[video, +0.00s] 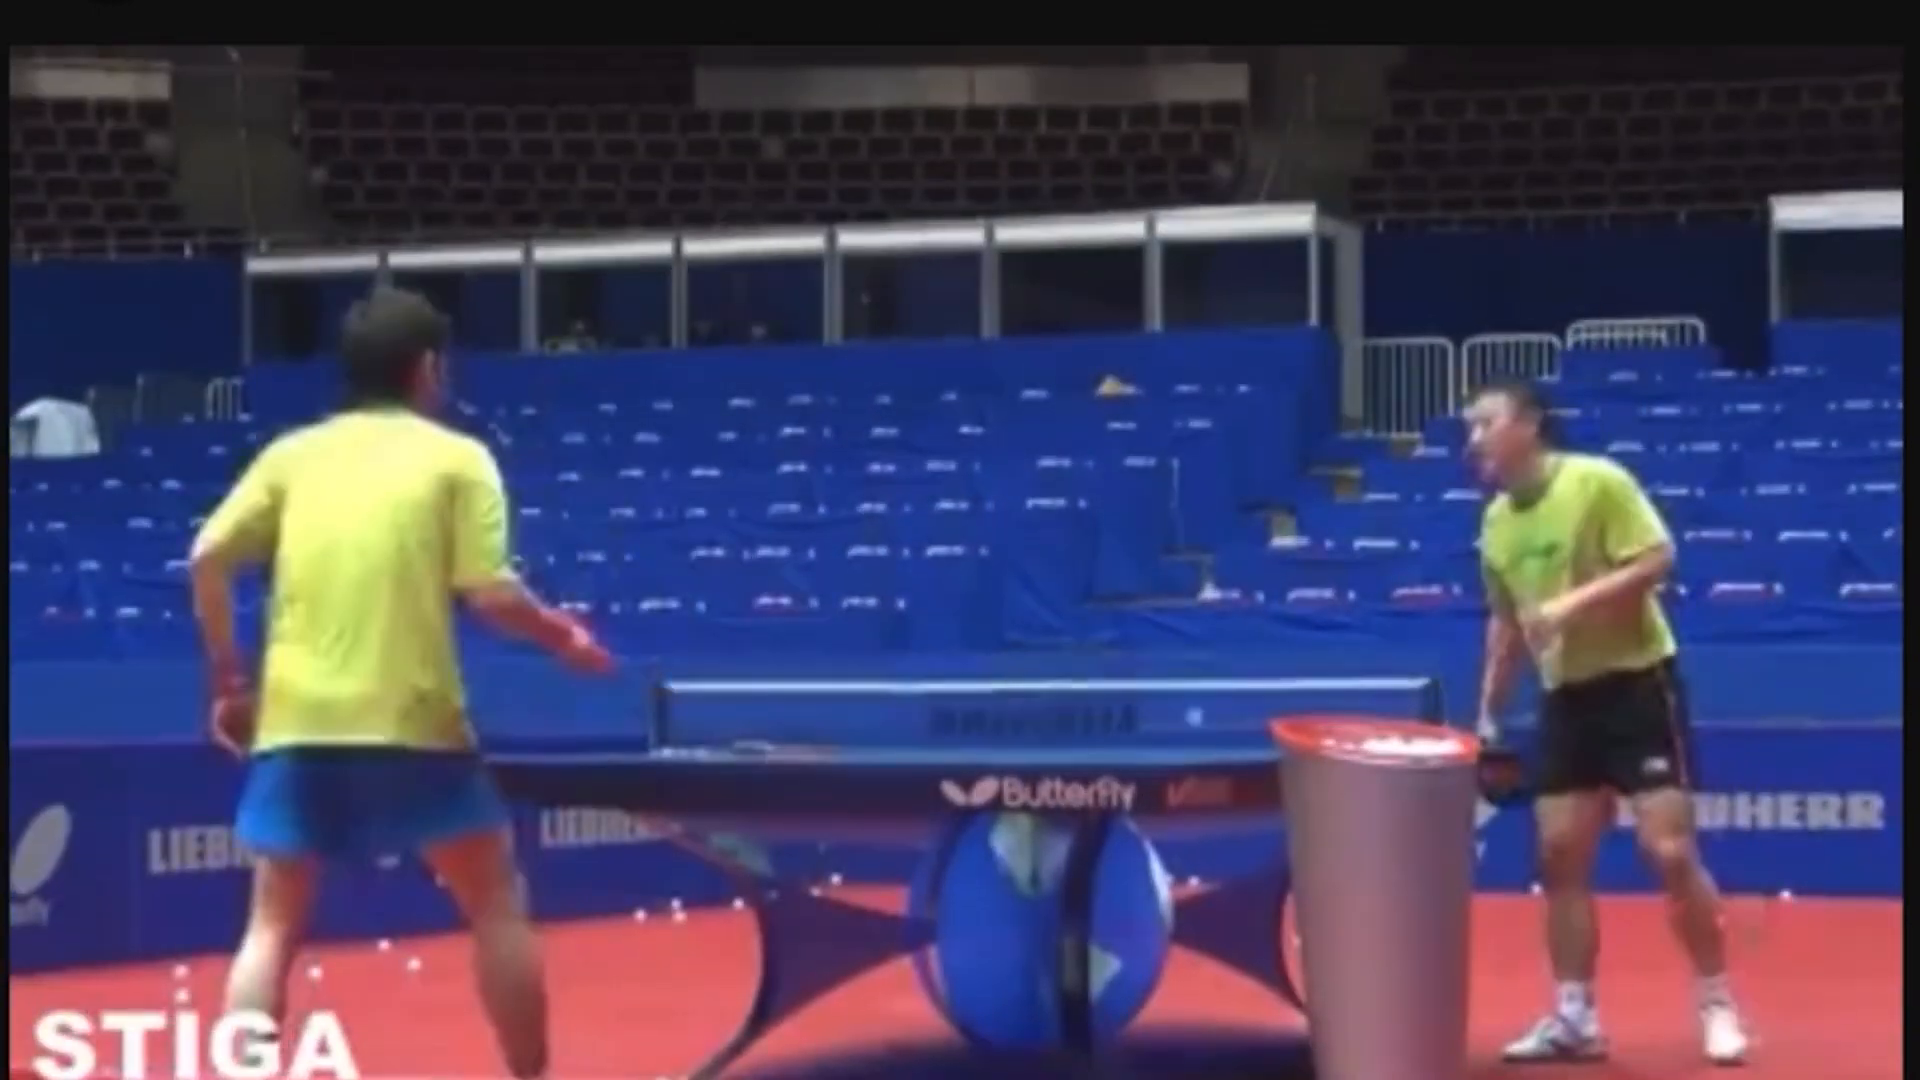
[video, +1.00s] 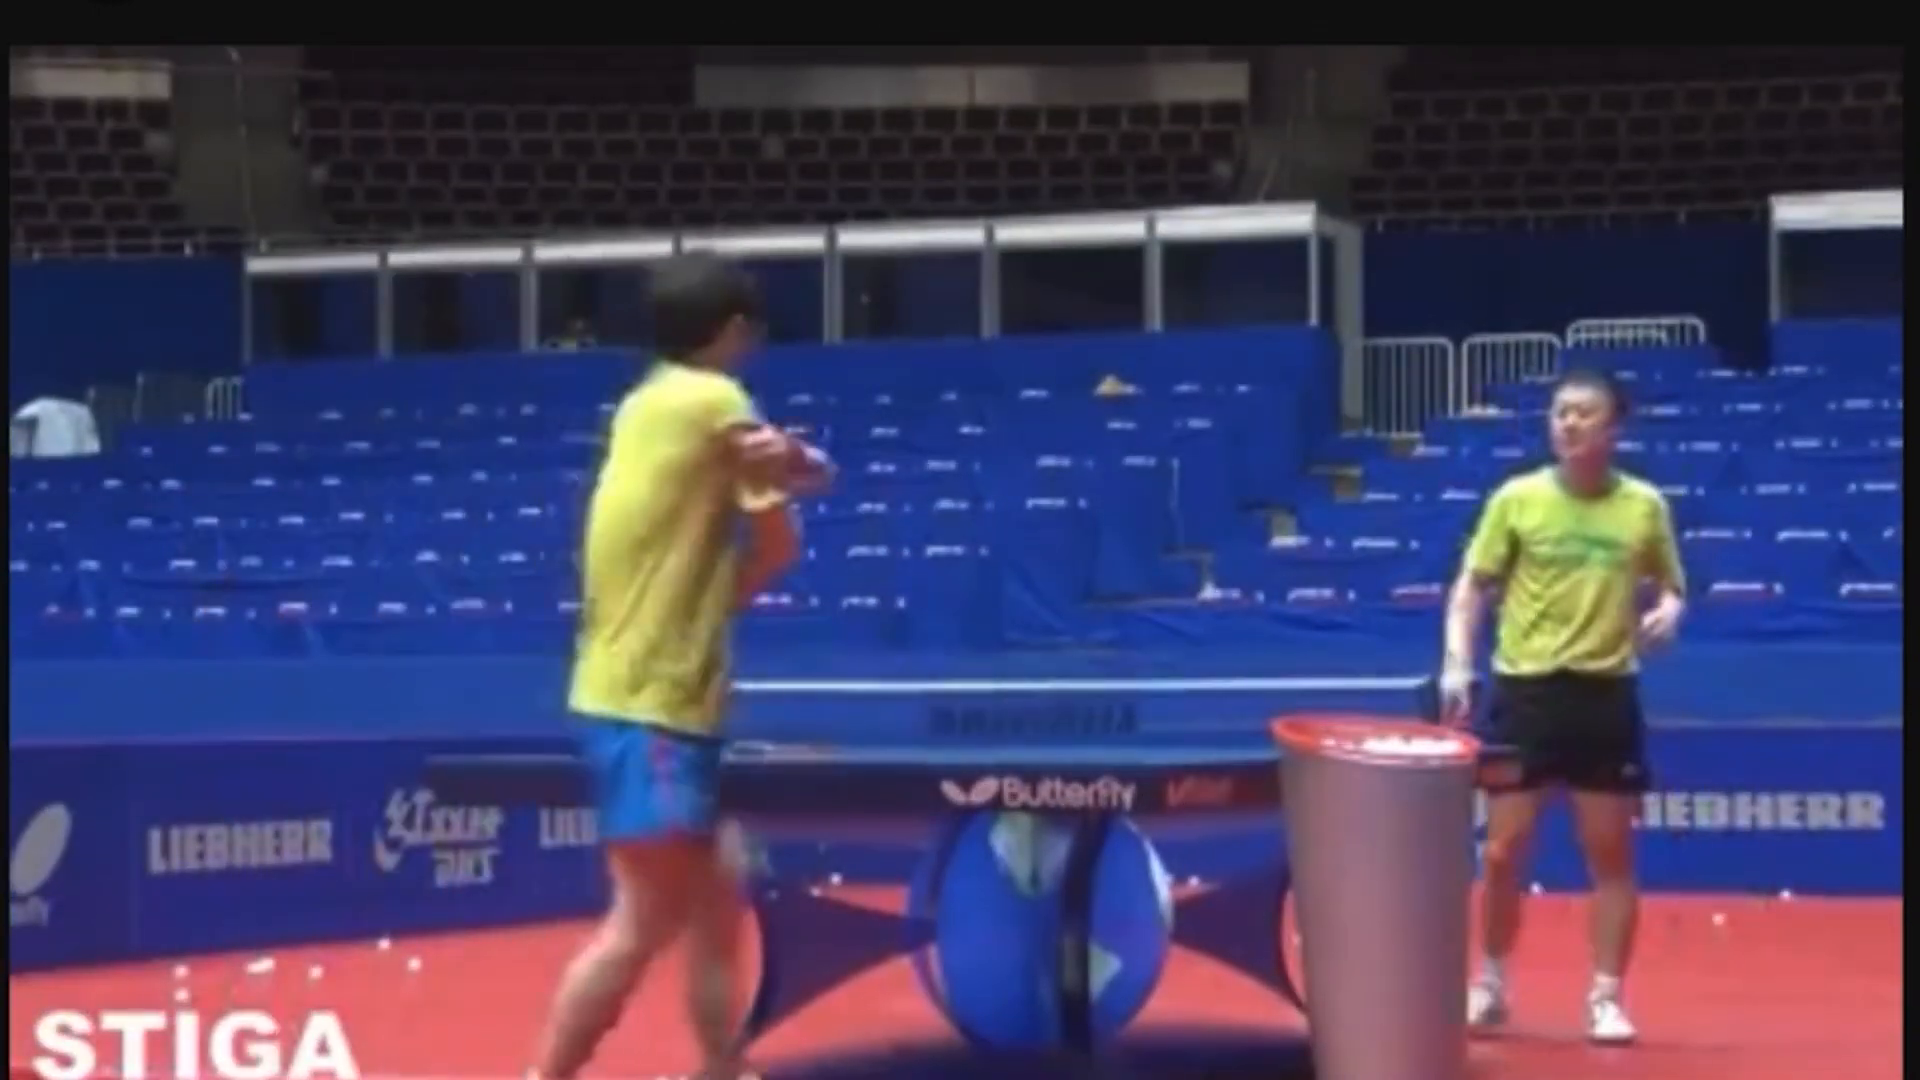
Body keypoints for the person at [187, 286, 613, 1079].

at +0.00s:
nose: (444, 376)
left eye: (439, 362)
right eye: (441, 363)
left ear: (354, 370)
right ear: (424, 369)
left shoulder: (294, 454)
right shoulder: (459, 458)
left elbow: (208, 558)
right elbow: (488, 589)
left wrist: (229, 681)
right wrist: (563, 637)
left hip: (293, 729)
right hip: (412, 729)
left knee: (271, 924)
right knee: (495, 906)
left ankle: (239, 1069)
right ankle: (531, 1067)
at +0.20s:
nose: (463, 360)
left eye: (461, 344)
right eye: (460, 345)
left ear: (370, 348)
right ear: (439, 350)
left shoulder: (306, 433)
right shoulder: (460, 443)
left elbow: (230, 549)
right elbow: (464, 579)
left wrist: (288, 625)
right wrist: (555, 641)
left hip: (293, 716)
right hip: (408, 717)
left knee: (277, 915)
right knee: (512, 895)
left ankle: (237, 1069)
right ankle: (513, 1067)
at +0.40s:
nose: (526, 353)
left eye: (520, 337)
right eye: (519, 338)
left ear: (442, 348)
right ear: (496, 346)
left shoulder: (403, 425)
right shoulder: (522, 439)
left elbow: (402, 553)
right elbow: (567, 579)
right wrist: (584, 656)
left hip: (354, 706)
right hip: (456, 713)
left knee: (338, 909)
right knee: (549, 904)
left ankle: (247, 1056)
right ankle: (523, 1067)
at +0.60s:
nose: (607, 331)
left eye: (602, 316)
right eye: (600, 316)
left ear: (529, 326)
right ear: (576, 322)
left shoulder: (490, 403)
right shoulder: (593, 410)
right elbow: (657, 539)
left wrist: (652, 470)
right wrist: (590, 605)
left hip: (447, 693)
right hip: (521, 707)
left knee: (474, 896)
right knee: (564, 912)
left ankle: (379, 1058)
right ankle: (527, 1069)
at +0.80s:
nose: (678, 328)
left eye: (677, 315)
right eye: (675, 315)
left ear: (593, 321)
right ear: (656, 322)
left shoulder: (570, 394)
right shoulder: (648, 398)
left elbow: (694, 547)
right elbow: (710, 477)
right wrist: (719, 452)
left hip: (544, 692)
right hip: (568, 703)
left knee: (626, 911)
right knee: (575, 920)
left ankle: (606, 1065)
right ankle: (526, 1067)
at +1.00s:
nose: (753, 338)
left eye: (749, 325)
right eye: (750, 325)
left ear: (671, 331)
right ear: (730, 328)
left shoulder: (650, 403)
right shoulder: (711, 401)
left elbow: (757, 546)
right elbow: (808, 479)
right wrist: (796, 458)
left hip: (644, 703)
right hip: (649, 709)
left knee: (713, 910)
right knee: (644, 918)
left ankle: (722, 1064)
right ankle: (547, 1068)